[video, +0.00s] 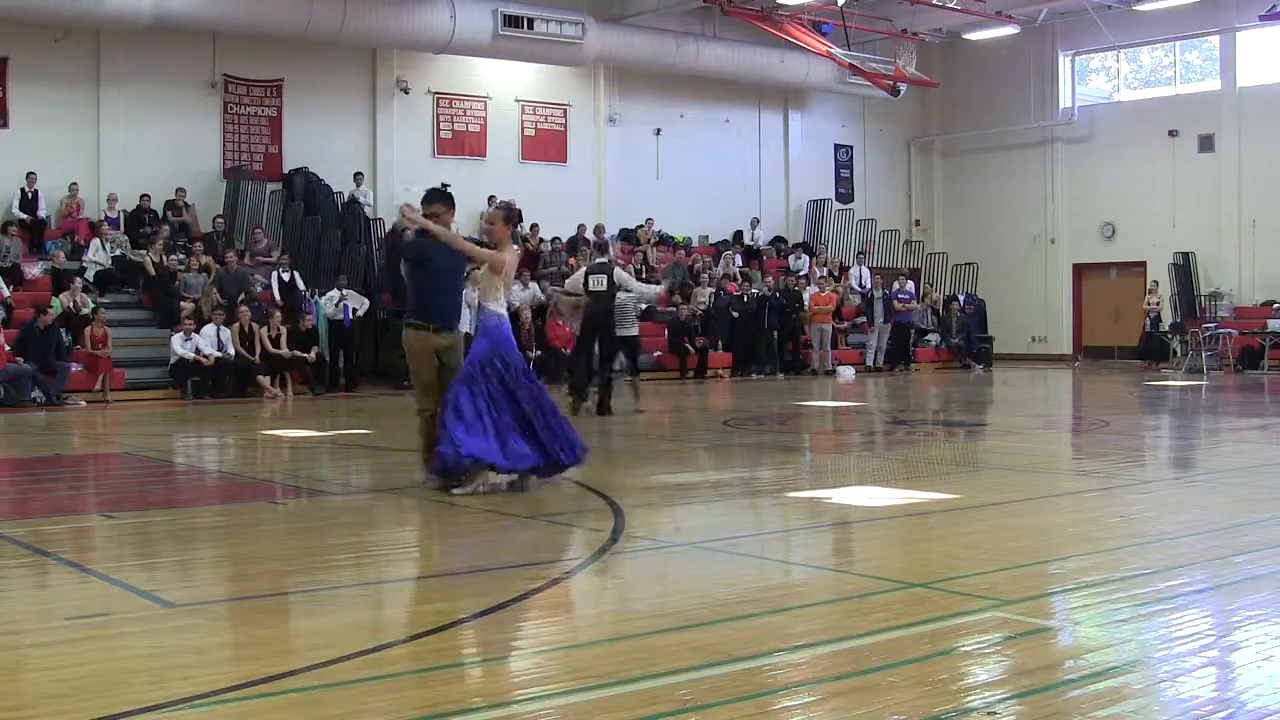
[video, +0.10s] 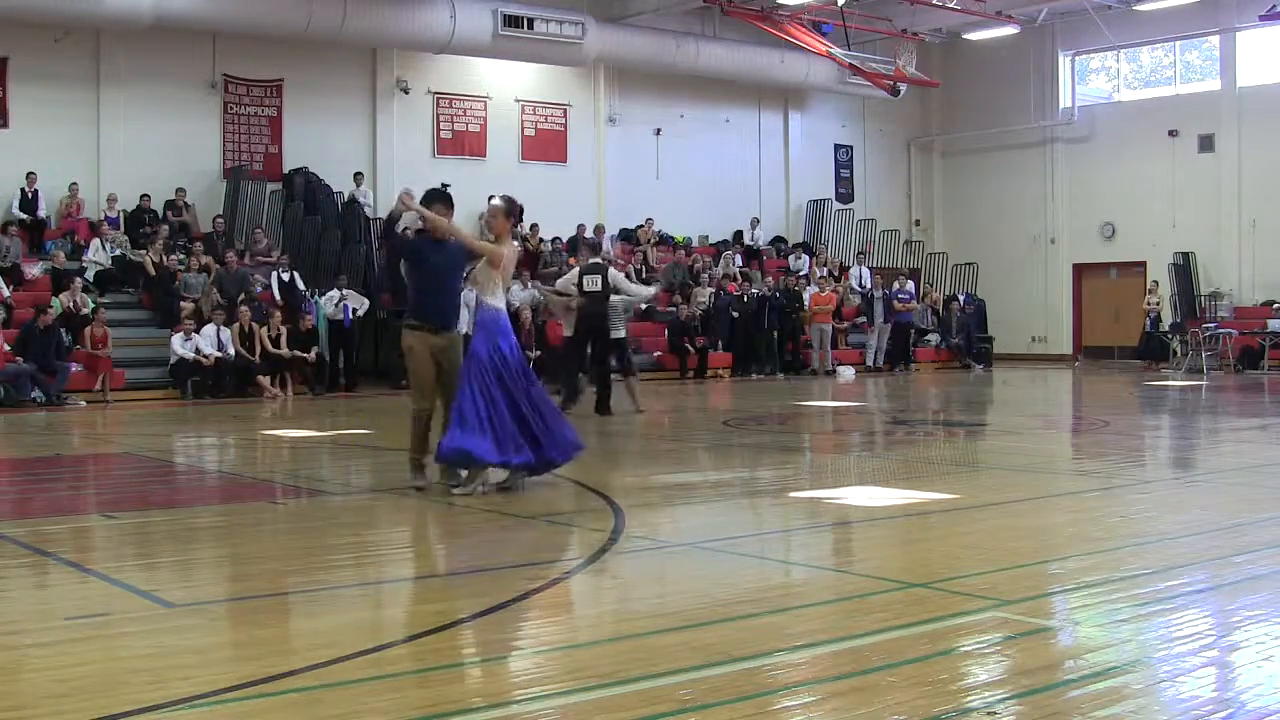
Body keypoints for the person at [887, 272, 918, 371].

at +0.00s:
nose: (901, 282)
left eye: (903, 280)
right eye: (899, 280)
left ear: (906, 281)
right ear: (897, 281)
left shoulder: (911, 294)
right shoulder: (894, 293)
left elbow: (914, 305)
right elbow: (896, 307)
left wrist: (902, 305)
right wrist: (909, 307)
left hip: (908, 321)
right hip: (898, 321)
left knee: (906, 343)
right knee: (897, 344)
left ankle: (907, 363)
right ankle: (896, 364)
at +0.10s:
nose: (901, 282)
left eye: (903, 280)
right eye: (899, 280)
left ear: (906, 281)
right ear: (897, 281)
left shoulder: (911, 294)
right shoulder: (894, 293)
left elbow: (914, 305)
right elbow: (896, 307)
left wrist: (902, 305)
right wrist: (909, 307)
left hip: (908, 321)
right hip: (897, 321)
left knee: (906, 343)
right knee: (897, 344)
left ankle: (907, 363)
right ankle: (896, 364)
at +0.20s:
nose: (901, 281)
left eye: (903, 279)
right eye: (899, 280)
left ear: (906, 281)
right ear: (897, 281)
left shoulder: (910, 293)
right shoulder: (894, 293)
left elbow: (914, 305)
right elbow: (896, 307)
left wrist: (902, 305)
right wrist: (909, 307)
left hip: (908, 321)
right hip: (897, 321)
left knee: (906, 343)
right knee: (896, 344)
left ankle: (907, 363)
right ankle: (896, 364)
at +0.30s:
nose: (900, 282)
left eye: (902, 279)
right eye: (899, 280)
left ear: (906, 281)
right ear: (897, 281)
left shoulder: (910, 293)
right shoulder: (894, 293)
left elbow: (915, 305)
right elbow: (897, 307)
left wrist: (903, 305)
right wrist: (909, 306)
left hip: (908, 321)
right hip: (897, 321)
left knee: (907, 343)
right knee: (897, 343)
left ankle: (907, 363)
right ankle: (896, 364)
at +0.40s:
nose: (900, 282)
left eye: (902, 280)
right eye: (899, 280)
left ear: (906, 281)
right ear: (897, 281)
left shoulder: (910, 293)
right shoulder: (894, 293)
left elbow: (915, 305)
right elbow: (897, 307)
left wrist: (903, 304)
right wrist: (909, 306)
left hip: (908, 321)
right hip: (897, 321)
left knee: (906, 343)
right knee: (897, 343)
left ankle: (907, 363)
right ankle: (896, 364)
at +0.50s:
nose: (900, 282)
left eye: (902, 280)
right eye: (899, 280)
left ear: (906, 281)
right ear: (897, 281)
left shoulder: (910, 293)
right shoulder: (894, 293)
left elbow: (915, 305)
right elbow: (897, 307)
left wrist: (904, 305)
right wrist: (909, 306)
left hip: (908, 321)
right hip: (897, 321)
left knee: (907, 343)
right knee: (897, 343)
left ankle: (907, 363)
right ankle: (896, 364)